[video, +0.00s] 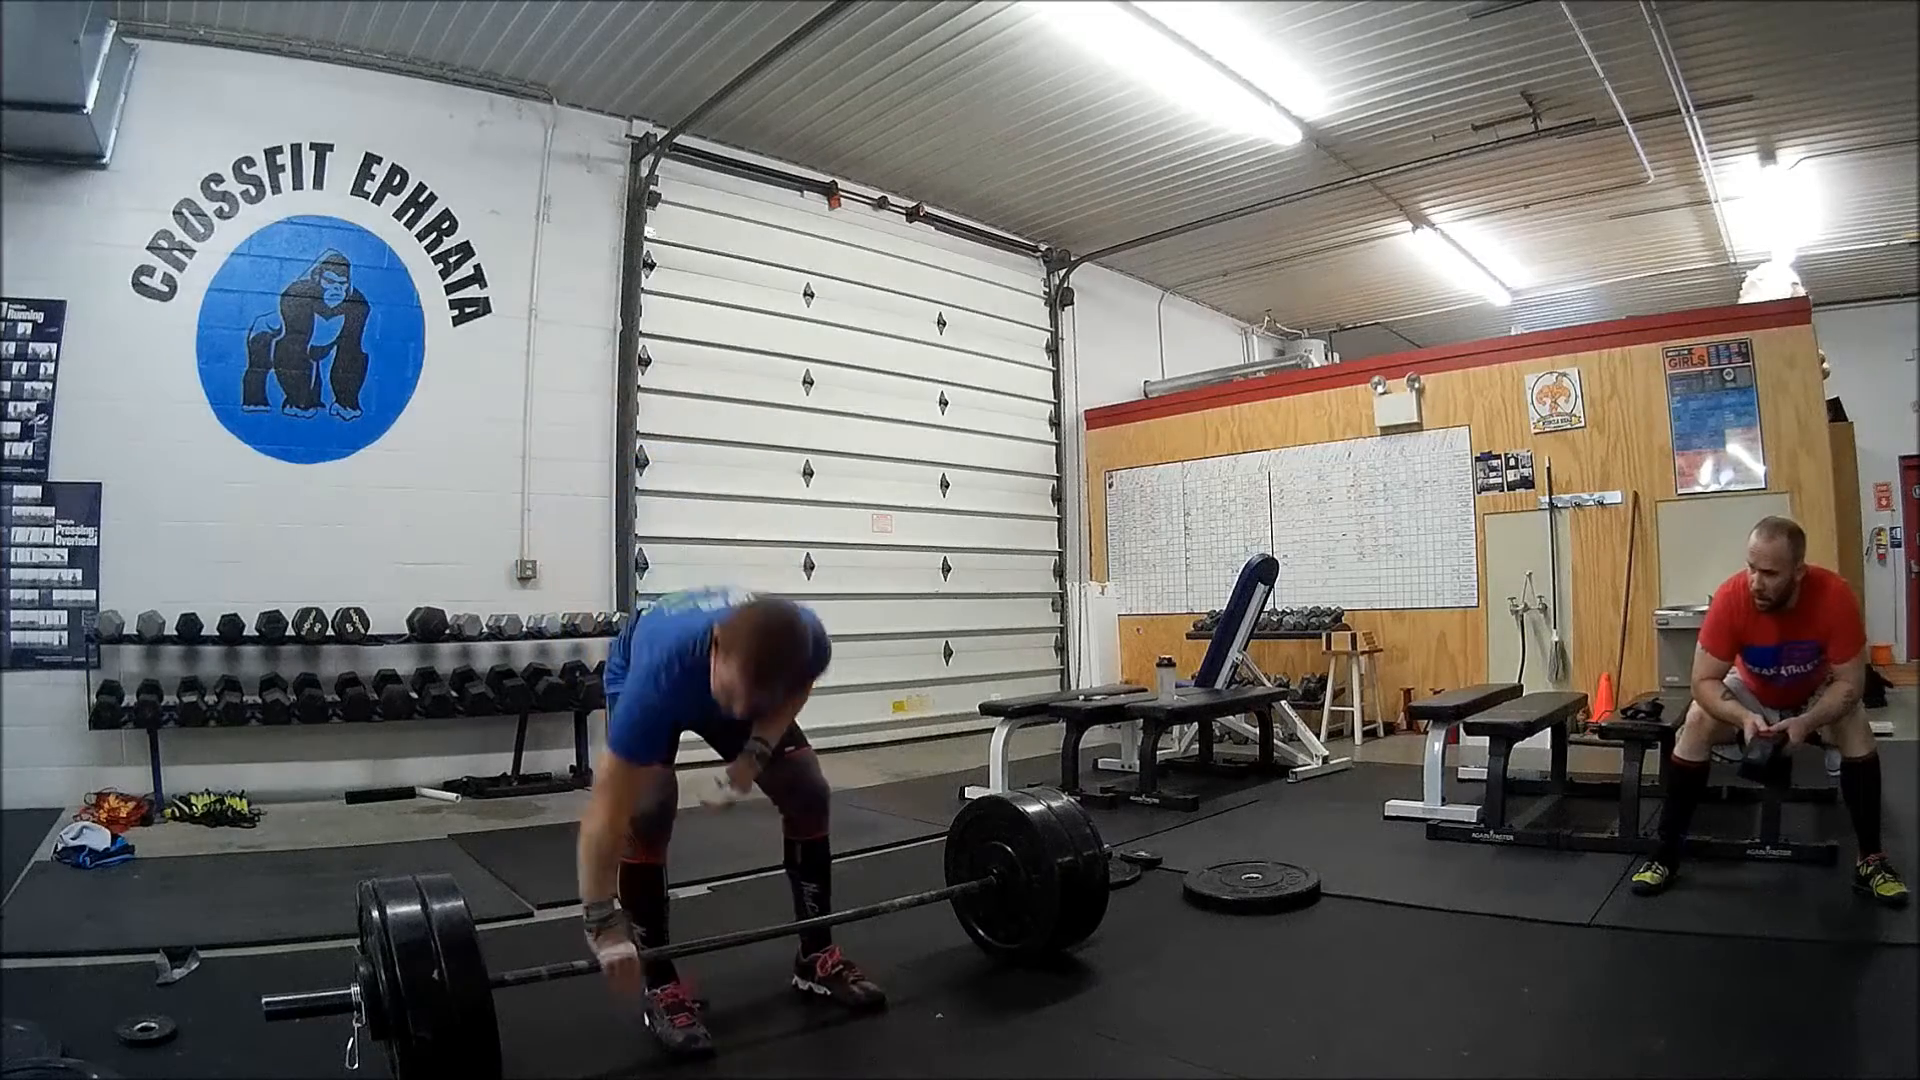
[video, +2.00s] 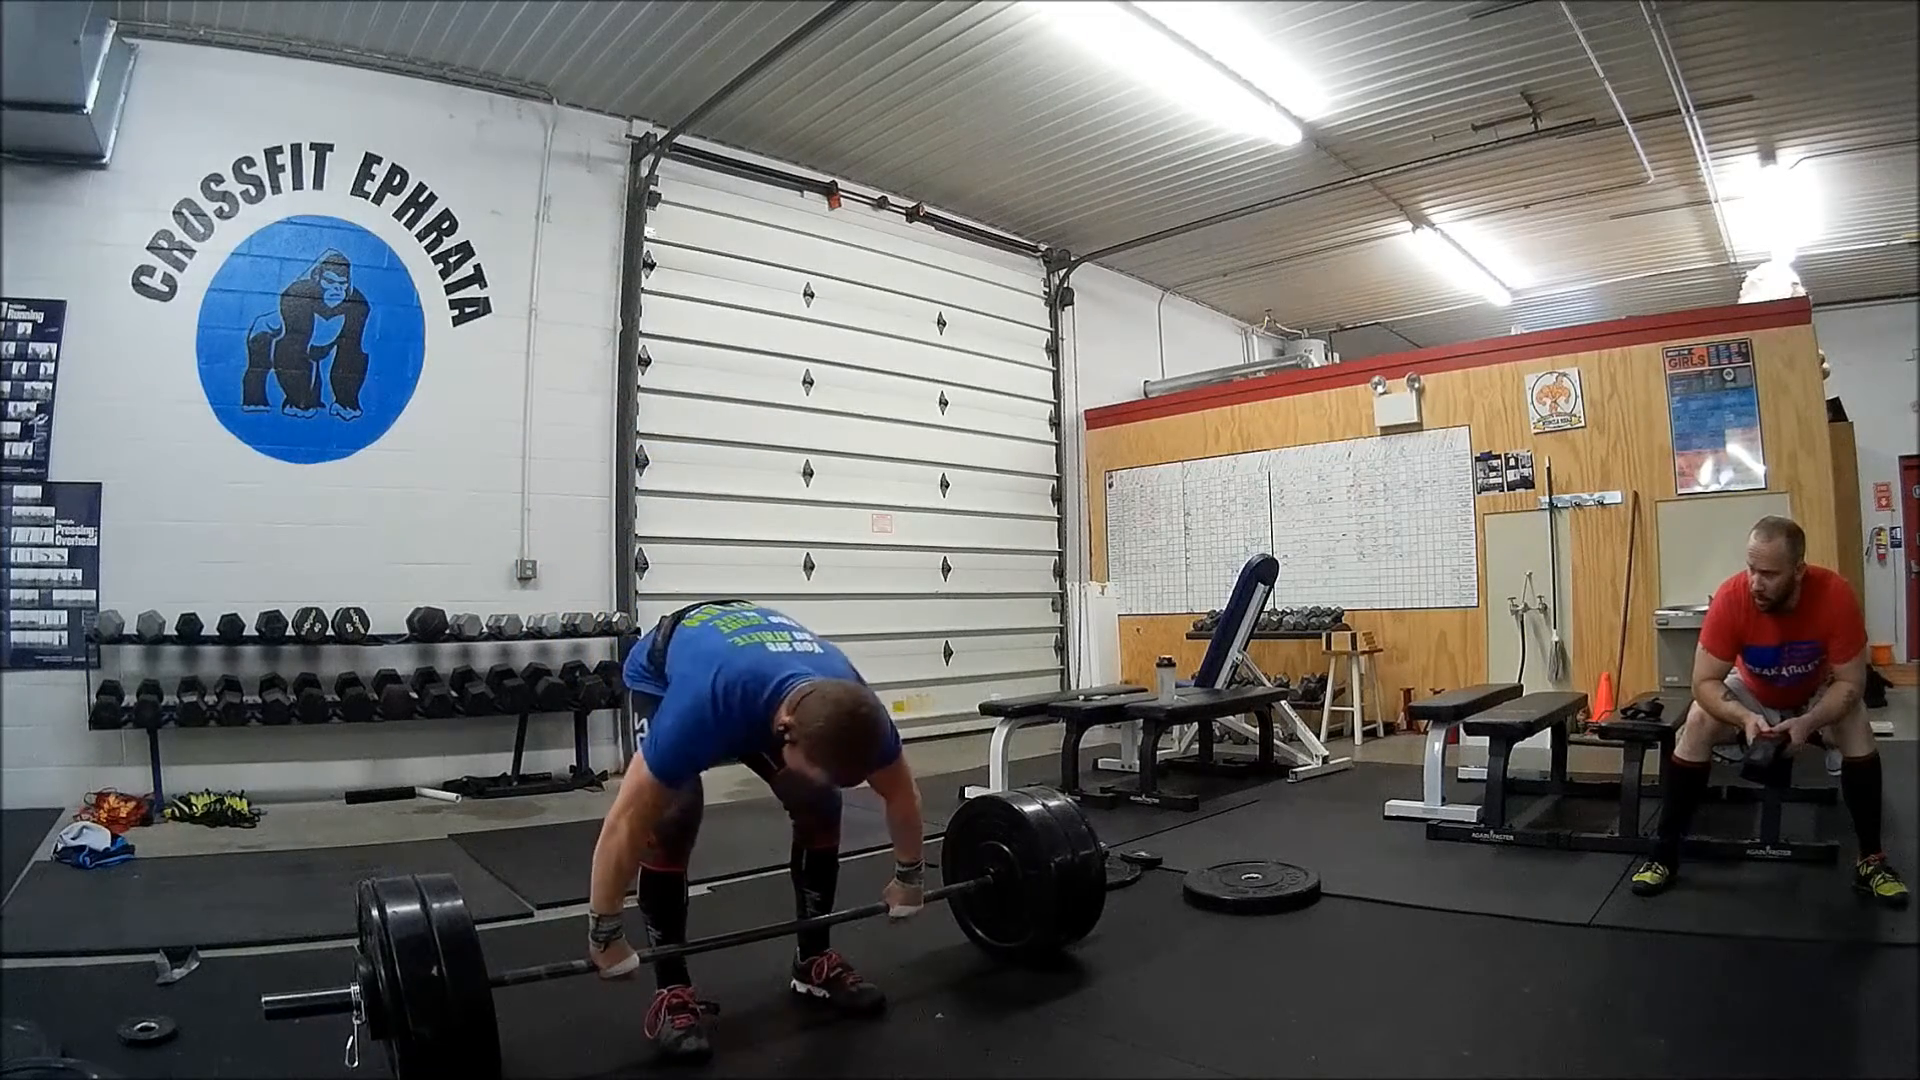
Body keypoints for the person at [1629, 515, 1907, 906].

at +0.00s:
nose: (1757, 583)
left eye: (1770, 574)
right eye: (1752, 569)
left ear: (1798, 570)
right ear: (1747, 561)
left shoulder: (1834, 597)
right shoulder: (1731, 598)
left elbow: (1850, 684)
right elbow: (1703, 682)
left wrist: (1806, 722)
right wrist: (1742, 717)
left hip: (1815, 696)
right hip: (1751, 694)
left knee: (1854, 723)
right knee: (1696, 721)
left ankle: (1871, 859)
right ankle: (1665, 856)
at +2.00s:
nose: (1756, 584)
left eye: (1769, 575)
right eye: (1752, 570)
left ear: (1799, 569)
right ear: (1746, 562)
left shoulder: (1834, 595)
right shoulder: (1731, 598)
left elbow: (1850, 682)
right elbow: (1704, 683)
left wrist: (1808, 722)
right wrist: (1743, 718)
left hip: (1816, 695)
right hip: (1752, 694)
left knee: (1855, 723)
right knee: (1697, 721)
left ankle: (1871, 860)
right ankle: (1664, 857)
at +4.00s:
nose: (1758, 583)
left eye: (1771, 573)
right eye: (1753, 569)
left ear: (1800, 568)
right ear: (1747, 560)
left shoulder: (1834, 595)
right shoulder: (1732, 597)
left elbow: (1851, 681)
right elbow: (1705, 682)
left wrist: (1813, 722)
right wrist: (1742, 721)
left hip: (1816, 695)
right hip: (1752, 693)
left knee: (1854, 724)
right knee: (1698, 721)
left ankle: (1871, 860)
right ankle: (1664, 857)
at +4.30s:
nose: (1756, 583)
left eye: (1769, 574)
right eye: (1752, 569)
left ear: (1798, 568)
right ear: (1746, 560)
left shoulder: (1834, 596)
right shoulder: (1731, 597)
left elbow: (1850, 682)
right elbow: (1704, 682)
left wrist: (1810, 722)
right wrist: (1741, 720)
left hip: (1815, 695)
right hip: (1751, 693)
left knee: (1854, 723)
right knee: (1697, 721)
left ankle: (1871, 860)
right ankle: (1664, 857)